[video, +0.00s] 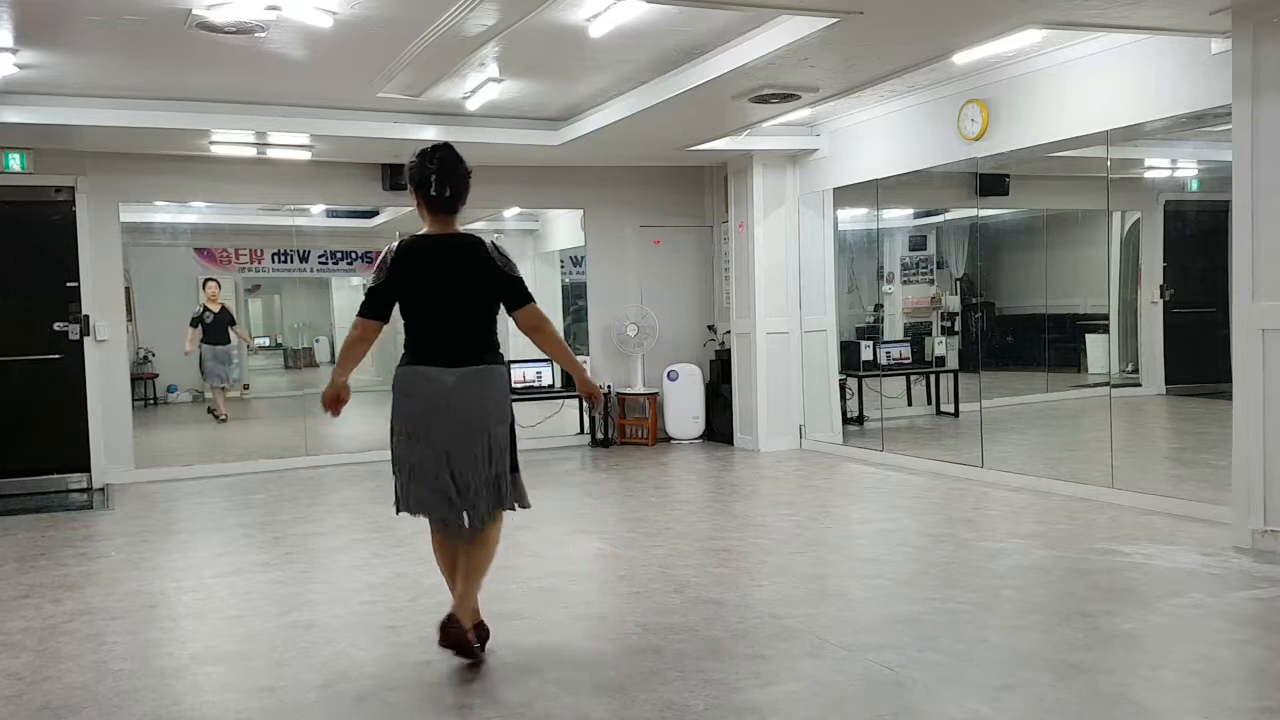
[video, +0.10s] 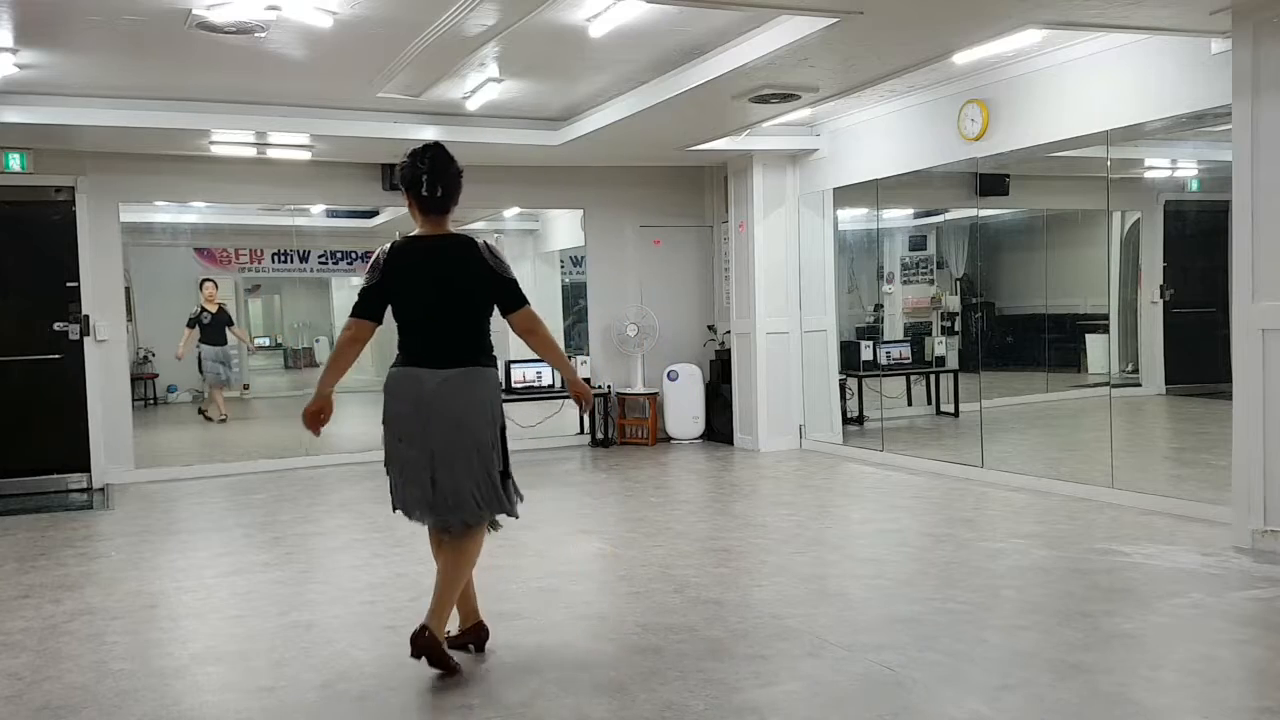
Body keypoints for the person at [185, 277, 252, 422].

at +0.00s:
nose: (213, 291)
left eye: (216, 288)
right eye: (210, 288)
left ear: (220, 290)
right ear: (204, 291)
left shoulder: (225, 309)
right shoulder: (201, 310)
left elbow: (236, 328)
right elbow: (192, 329)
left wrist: (248, 341)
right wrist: (188, 345)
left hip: (225, 348)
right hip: (209, 348)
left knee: (224, 380)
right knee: (215, 381)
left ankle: (214, 407)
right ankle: (222, 411)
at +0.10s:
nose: (210, 291)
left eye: (213, 288)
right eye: (207, 289)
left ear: (217, 291)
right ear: (201, 292)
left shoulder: (223, 309)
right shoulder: (198, 310)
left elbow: (233, 329)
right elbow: (188, 330)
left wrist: (247, 342)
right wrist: (181, 347)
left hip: (222, 349)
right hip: (207, 350)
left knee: (220, 383)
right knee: (214, 383)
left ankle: (204, 408)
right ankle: (223, 413)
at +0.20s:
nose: (207, 292)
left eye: (210, 289)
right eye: (203, 289)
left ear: (214, 291)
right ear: (198, 292)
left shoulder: (219, 310)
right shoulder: (196, 310)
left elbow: (231, 329)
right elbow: (185, 330)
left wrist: (246, 344)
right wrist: (176, 348)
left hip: (218, 349)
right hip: (204, 349)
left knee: (214, 383)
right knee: (212, 381)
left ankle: (202, 411)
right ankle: (222, 413)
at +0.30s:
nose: (204, 292)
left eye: (207, 289)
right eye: (201, 289)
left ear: (210, 291)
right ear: (195, 292)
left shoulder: (216, 310)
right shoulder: (192, 310)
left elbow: (226, 328)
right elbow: (181, 330)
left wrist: (239, 340)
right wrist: (172, 346)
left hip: (215, 348)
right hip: (200, 349)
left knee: (210, 381)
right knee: (208, 380)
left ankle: (200, 412)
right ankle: (220, 412)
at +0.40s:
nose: (202, 292)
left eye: (204, 289)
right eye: (198, 289)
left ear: (208, 291)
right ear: (193, 292)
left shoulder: (213, 310)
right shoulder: (189, 310)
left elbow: (224, 327)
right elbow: (177, 329)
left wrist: (236, 340)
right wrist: (168, 346)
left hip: (211, 348)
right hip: (196, 348)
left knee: (208, 380)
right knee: (205, 379)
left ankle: (201, 412)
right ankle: (213, 411)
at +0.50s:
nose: (198, 292)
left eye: (201, 289)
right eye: (195, 289)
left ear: (204, 292)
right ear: (189, 292)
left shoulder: (209, 310)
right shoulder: (185, 310)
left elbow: (221, 327)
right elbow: (173, 329)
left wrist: (233, 342)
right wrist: (164, 346)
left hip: (209, 349)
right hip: (193, 349)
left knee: (207, 381)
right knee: (200, 380)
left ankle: (202, 412)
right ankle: (199, 413)